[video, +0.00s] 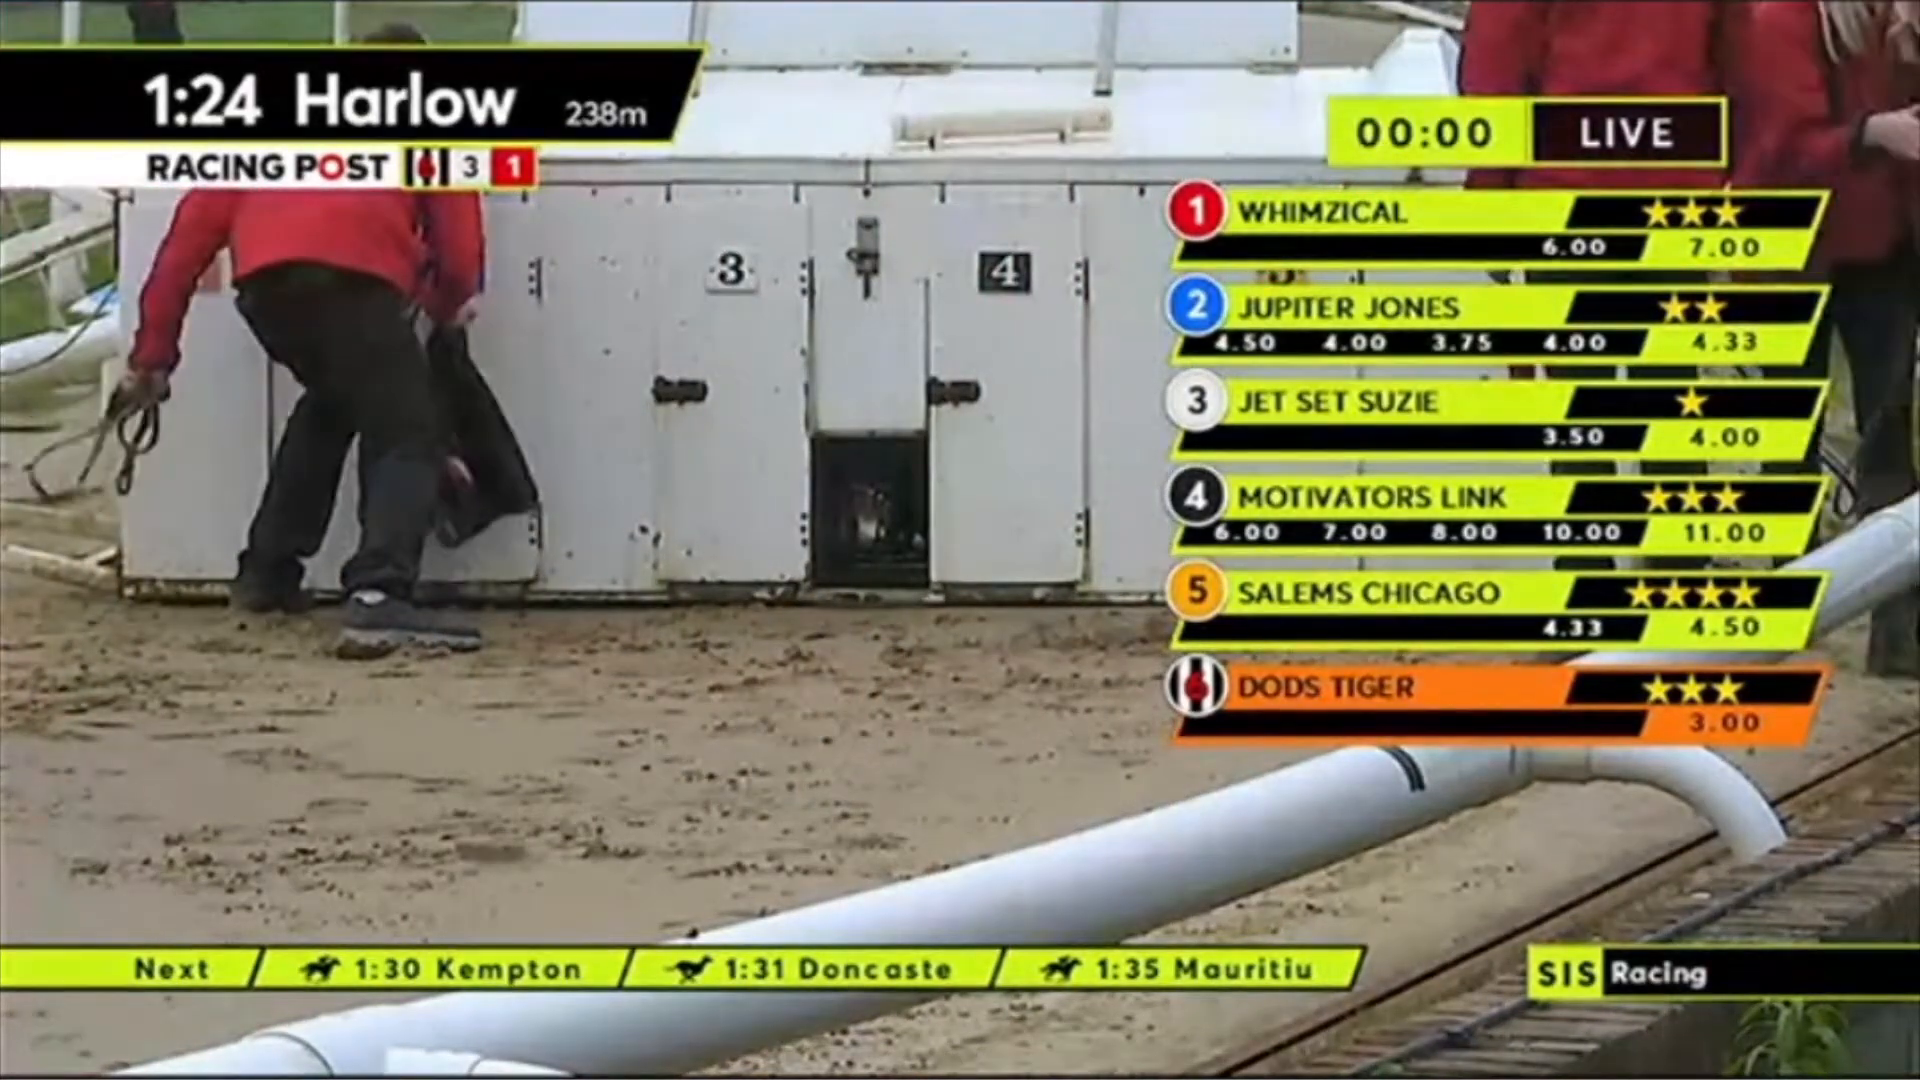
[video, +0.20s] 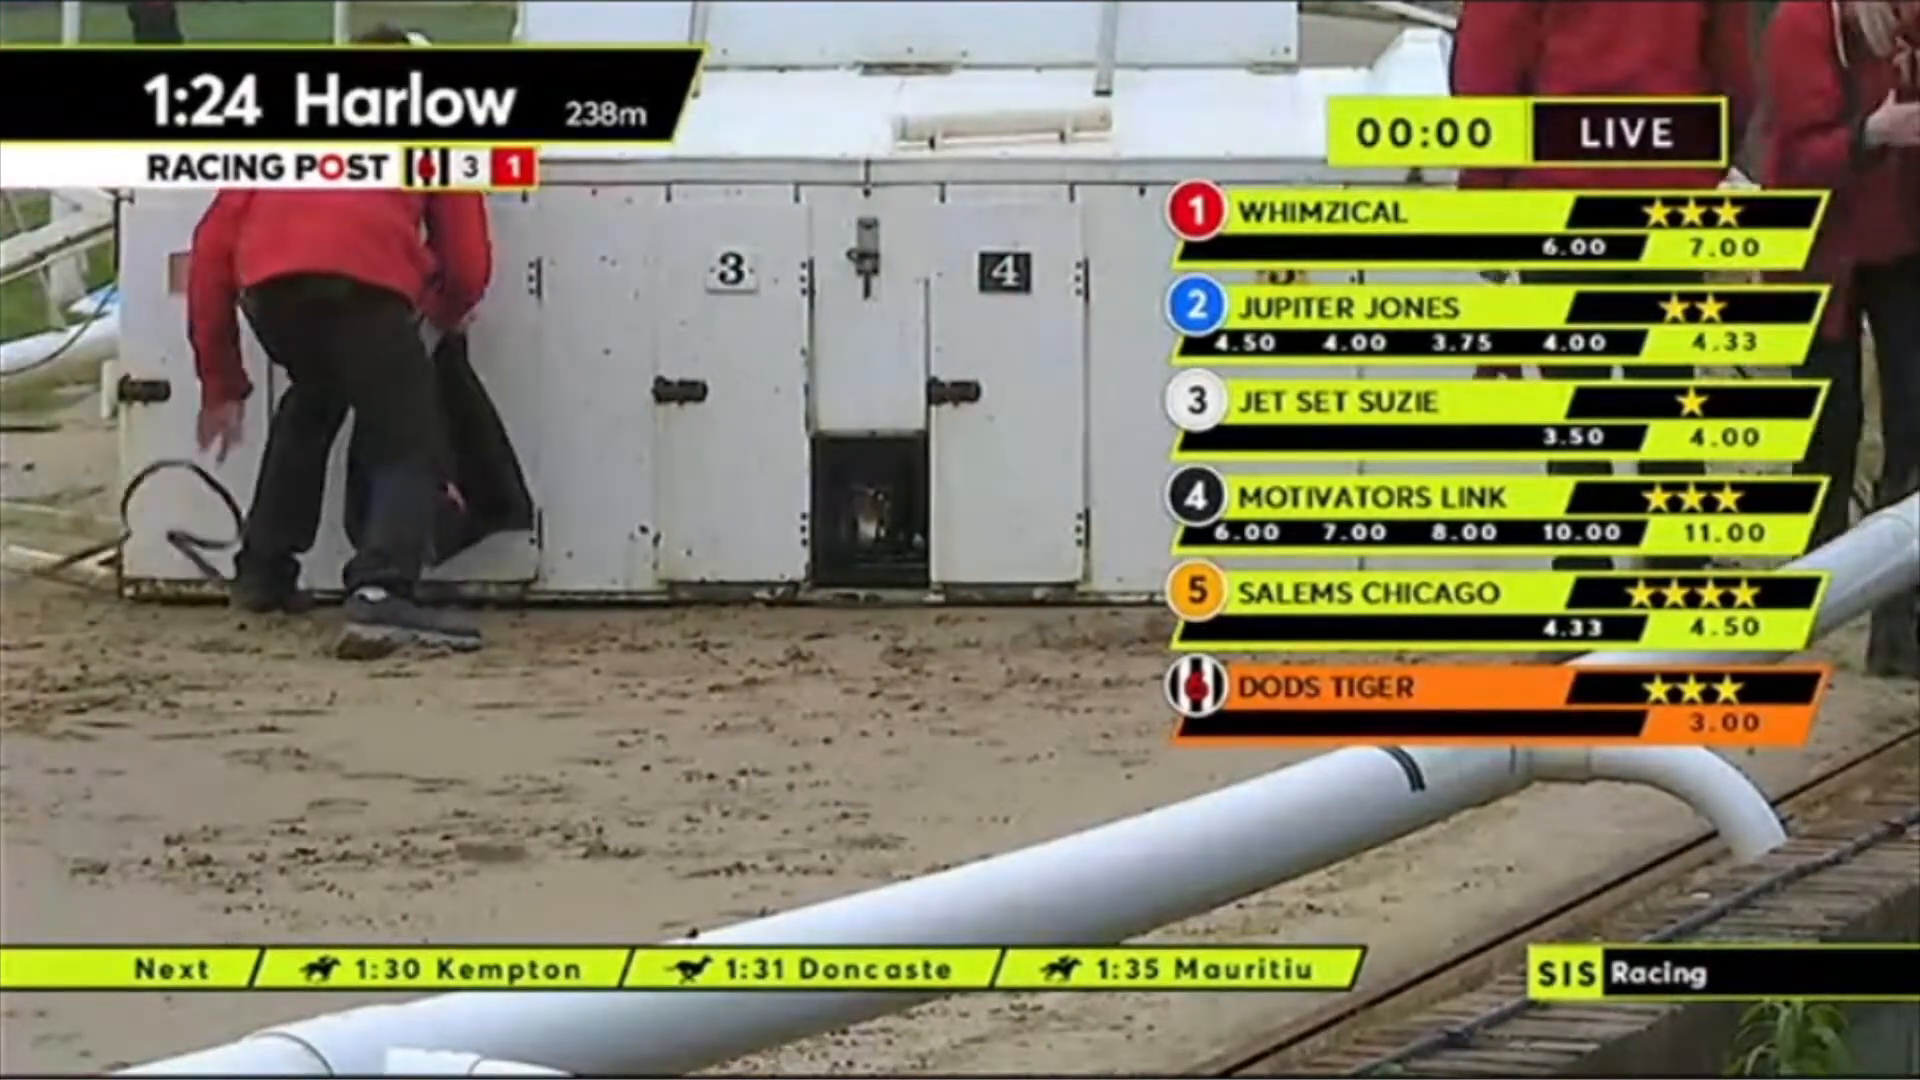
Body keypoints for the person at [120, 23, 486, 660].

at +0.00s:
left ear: (339, 81)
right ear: (413, 76)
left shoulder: (266, 137)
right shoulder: (428, 132)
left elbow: (187, 236)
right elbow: (462, 264)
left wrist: (152, 357)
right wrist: (447, 307)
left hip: (268, 279)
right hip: (363, 277)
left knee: (330, 404)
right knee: (402, 434)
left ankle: (266, 574)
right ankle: (379, 592)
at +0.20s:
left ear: (343, 71)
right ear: (411, 72)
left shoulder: (282, 135)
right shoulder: (433, 133)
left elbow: (209, 252)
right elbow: (469, 264)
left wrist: (220, 382)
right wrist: (445, 310)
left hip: (267, 278)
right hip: (366, 277)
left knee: (314, 396)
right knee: (406, 441)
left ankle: (263, 571)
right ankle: (382, 589)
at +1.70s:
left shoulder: (293, 164)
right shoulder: (437, 159)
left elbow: (281, 233)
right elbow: (491, 263)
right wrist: (454, 333)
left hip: (293, 285)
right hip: (394, 281)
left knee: (309, 387)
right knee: (423, 460)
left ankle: (268, 573)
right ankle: (394, 583)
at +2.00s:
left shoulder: (269, 176)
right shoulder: (432, 157)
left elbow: (238, 286)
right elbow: (503, 235)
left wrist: (263, 414)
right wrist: (456, 316)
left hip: (308, 248)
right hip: (410, 234)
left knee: (321, 388)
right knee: (414, 416)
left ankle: (289, 574)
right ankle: (411, 571)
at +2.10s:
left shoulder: (264, 166)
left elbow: (225, 298)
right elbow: (501, 174)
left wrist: (219, 462)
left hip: (326, 250)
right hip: (426, 230)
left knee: (327, 391)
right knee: (418, 407)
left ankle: (312, 575)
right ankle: (424, 564)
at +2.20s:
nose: (217, 236)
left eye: (210, 218)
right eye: (207, 225)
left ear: (214, 196)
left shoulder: (241, 189)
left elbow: (223, 337)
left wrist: (202, 498)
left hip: (338, 250)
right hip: (438, 227)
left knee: (312, 399)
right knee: (426, 405)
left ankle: (311, 576)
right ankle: (440, 554)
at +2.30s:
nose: (201, 269)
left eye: (191, 252)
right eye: (188, 260)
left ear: (194, 209)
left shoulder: (229, 217)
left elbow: (222, 372)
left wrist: (198, 529)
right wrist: (371, 396)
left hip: (342, 251)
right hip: (446, 223)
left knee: (305, 401)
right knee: (434, 399)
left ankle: (310, 579)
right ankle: (481, 539)